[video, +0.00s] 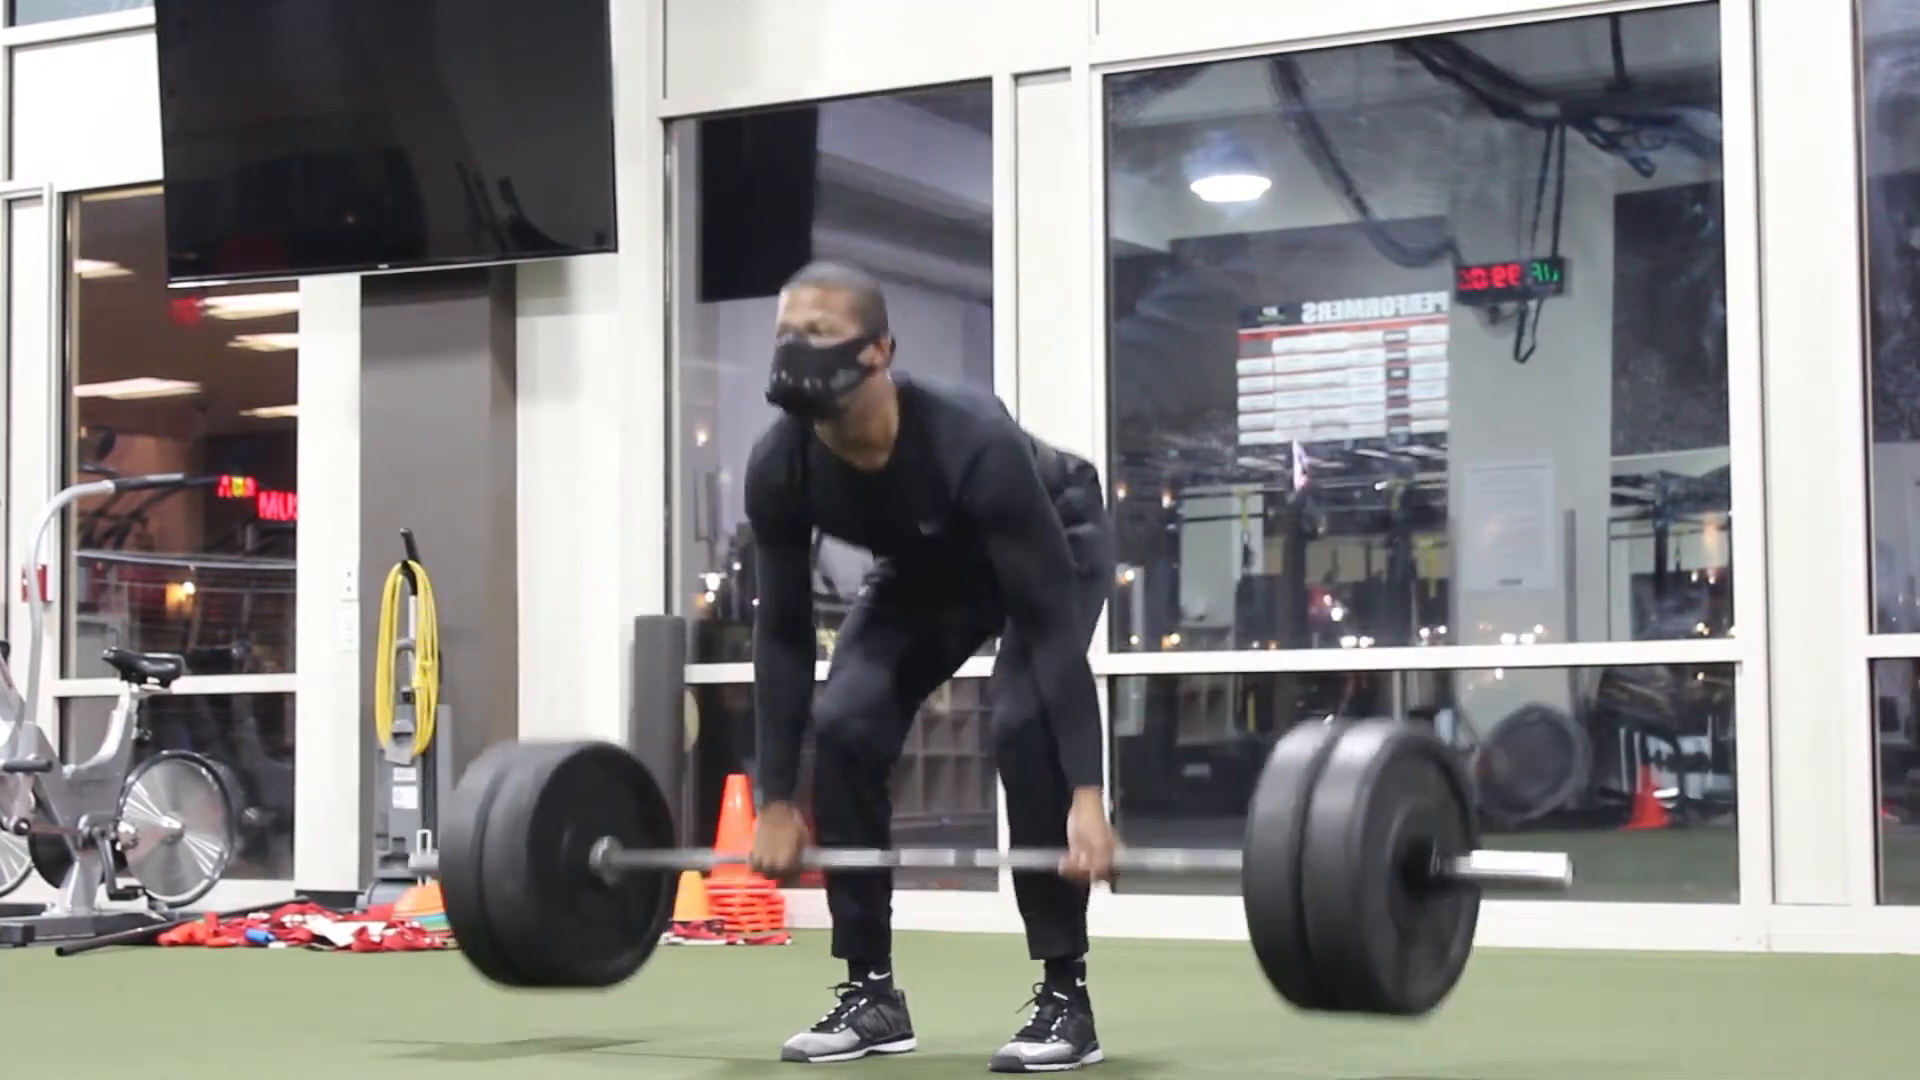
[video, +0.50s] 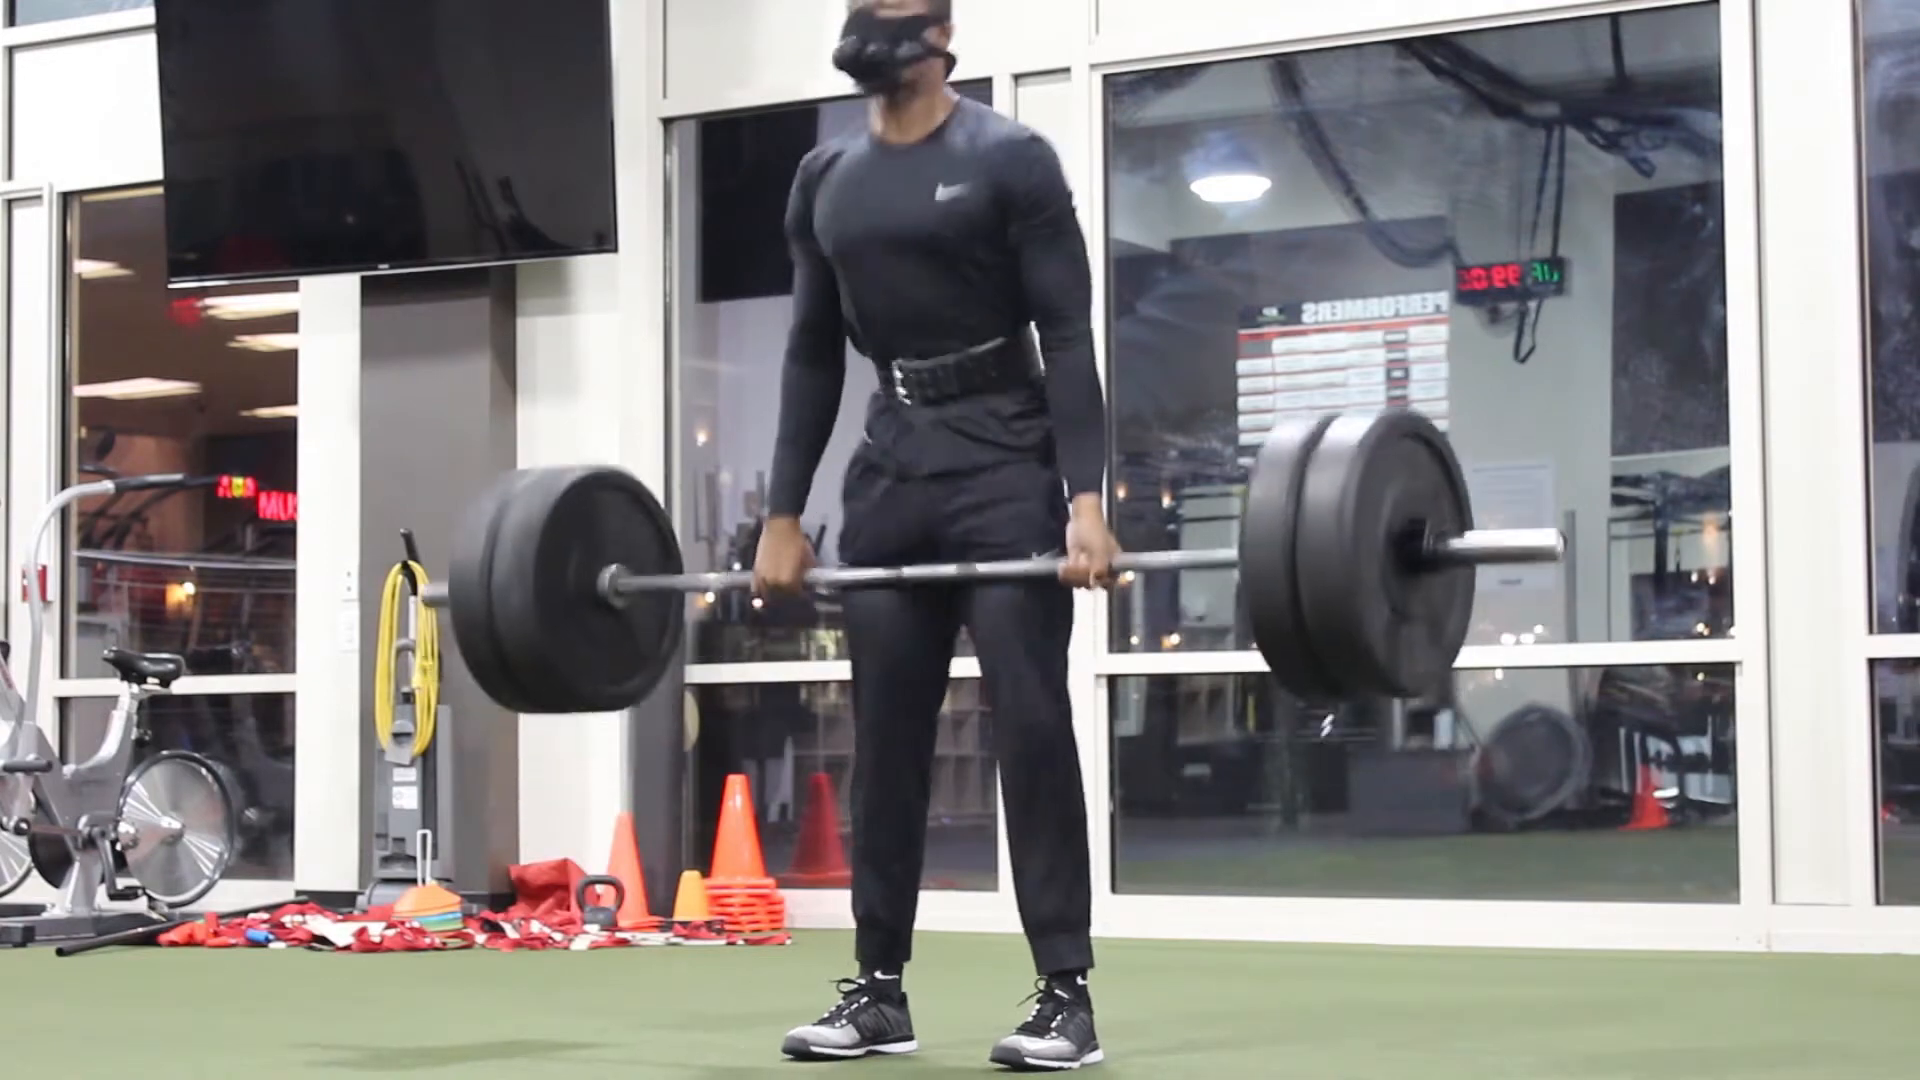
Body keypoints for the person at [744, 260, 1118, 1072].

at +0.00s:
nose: (793, 353)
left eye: (816, 338)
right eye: (784, 337)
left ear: (879, 353)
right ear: (775, 346)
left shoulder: (976, 444)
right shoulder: (780, 468)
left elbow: (1055, 623)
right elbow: (782, 632)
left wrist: (1088, 795)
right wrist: (775, 800)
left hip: (1046, 539)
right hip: (930, 564)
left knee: (1022, 726)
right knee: (842, 729)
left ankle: (1063, 999)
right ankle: (871, 996)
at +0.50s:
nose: (890, 23)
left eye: (911, 10)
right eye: (873, 11)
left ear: (948, 32)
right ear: (849, 40)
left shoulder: (1012, 157)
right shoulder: (824, 179)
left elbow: (1069, 335)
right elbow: (812, 353)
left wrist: (1085, 499)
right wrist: (785, 510)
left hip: (1010, 440)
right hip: (892, 443)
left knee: (1032, 723)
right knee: (887, 729)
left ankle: (1064, 995)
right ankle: (879, 989)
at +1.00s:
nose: (817, 274)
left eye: (841, 259)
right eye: (810, 256)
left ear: (901, 271)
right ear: (799, 258)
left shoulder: (991, 377)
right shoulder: (804, 402)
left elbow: (1054, 567)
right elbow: (793, 578)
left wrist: (1075, 742)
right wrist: (766, 749)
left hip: (1051, 530)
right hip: (939, 544)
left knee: (1041, 729)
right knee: (852, 728)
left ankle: (1065, 1002)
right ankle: (872, 996)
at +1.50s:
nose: (795, 299)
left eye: (817, 280)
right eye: (783, 280)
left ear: (874, 284)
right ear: (773, 285)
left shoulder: (968, 379)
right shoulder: (778, 409)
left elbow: (1047, 554)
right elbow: (782, 569)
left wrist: (1079, 722)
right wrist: (772, 732)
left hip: (1040, 516)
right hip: (923, 532)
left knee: (1034, 730)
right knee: (861, 723)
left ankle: (1065, 995)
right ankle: (871, 993)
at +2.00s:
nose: (887, 22)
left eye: (912, 10)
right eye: (874, 12)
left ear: (953, 34)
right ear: (853, 37)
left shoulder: (1016, 161)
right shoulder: (825, 182)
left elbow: (1056, 339)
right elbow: (809, 356)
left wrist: (1076, 499)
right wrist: (774, 514)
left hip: (1003, 451)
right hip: (883, 455)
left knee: (1018, 719)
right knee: (876, 731)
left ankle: (1063, 995)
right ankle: (875, 991)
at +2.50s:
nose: (804, 381)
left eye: (828, 364)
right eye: (796, 361)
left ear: (885, 367)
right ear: (786, 359)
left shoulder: (978, 457)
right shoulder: (788, 486)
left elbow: (1048, 651)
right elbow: (781, 658)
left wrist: (1075, 831)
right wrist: (764, 830)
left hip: (1052, 554)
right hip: (936, 575)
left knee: (1008, 731)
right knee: (832, 735)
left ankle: (1062, 1002)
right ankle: (871, 998)